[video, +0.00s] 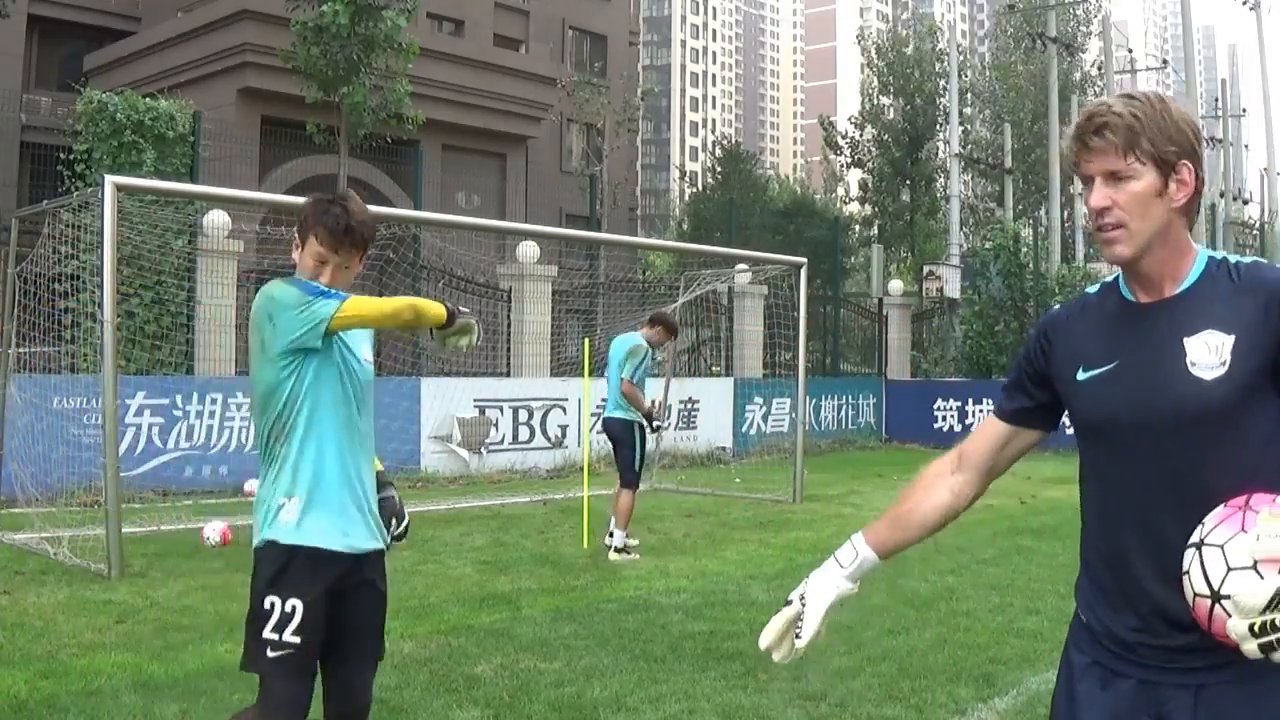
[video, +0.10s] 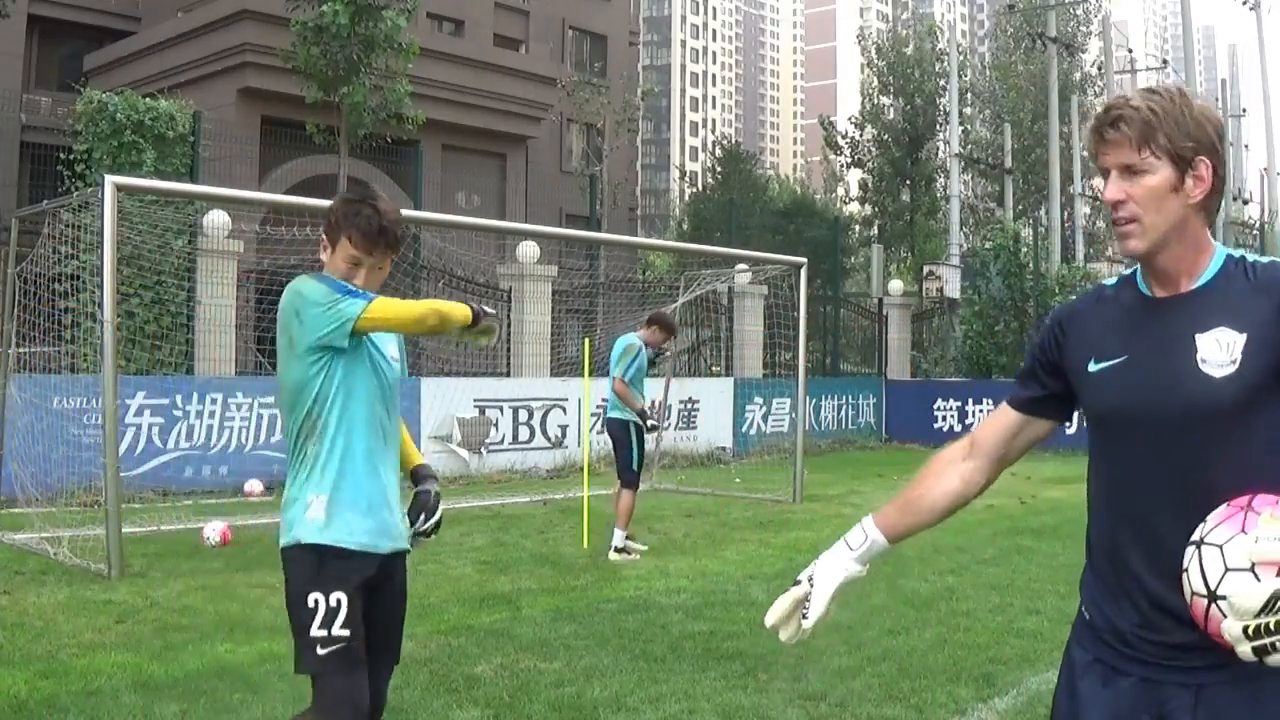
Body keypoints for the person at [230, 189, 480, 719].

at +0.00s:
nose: (328, 278)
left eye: (343, 268)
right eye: (319, 261)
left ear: (361, 265)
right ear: (297, 246)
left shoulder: (358, 320)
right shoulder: (278, 300)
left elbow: (343, 423)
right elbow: (404, 308)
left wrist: (379, 479)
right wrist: (448, 319)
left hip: (361, 546)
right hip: (295, 542)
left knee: (351, 708)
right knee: (282, 706)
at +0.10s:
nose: (365, 279)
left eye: (379, 269)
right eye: (353, 263)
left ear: (393, 265)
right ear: (325, 248)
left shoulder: (384, 324)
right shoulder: (305, 295)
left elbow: (383, 412)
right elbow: (419, 313)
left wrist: (420, 470)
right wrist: (471, 317)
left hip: (385, 538)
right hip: (324, 536)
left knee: (369, 701)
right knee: (342, 703)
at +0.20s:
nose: (416, 283)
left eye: (429, 273)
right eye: (406, 266)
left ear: (439, 270)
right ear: (373, 251)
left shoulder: (426, 321)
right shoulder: (342, 303)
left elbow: (432, 418)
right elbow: (429, 367)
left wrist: (471, 472)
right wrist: (508, 365)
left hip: (417, 538)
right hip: (364, 538)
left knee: (379, 701)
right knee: (433, 700)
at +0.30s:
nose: (457, 282)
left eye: (468, 270)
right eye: (447, 265)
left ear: (474, 270)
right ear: (409, 252)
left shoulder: (452, 327)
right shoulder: (372, 315)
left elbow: (453, 428)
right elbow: (414, 417)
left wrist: (504, 475)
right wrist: (510, 422)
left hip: (441, 542)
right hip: (394, 546)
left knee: (394, 706)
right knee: (480, 703)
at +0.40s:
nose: (520, 284)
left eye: (527, 272)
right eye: (510, 267)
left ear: (530, 272)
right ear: (470, 257)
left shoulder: (497, 334)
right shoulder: (426, 331)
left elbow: (483, 447)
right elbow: (389, 449)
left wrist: (543, 480)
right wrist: (488, 496)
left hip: (484, 562)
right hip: (446, 568)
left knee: (424, 710)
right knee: (524, 709)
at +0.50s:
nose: (559, 285)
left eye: (565, 273)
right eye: (549, 269)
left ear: (568, 271)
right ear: (507, 260)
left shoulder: (525, 336)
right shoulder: (465, 338)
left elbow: (508, 449)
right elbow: (392, 441)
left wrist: (571, 487)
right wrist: (476, 512)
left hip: (516, 568)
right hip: (496, 574)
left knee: (469, 707)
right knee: (558, 709)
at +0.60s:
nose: (616, 277)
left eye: (622, 263)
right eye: (606, 259)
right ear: (561, 252)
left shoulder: (577, 326)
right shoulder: (525, 327)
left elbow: (576, 431)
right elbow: (433, 418)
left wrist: (619, 488)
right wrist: (497, 516)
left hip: (582, 561)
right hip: (553, 569)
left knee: (584, 707)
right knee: (581, 710)